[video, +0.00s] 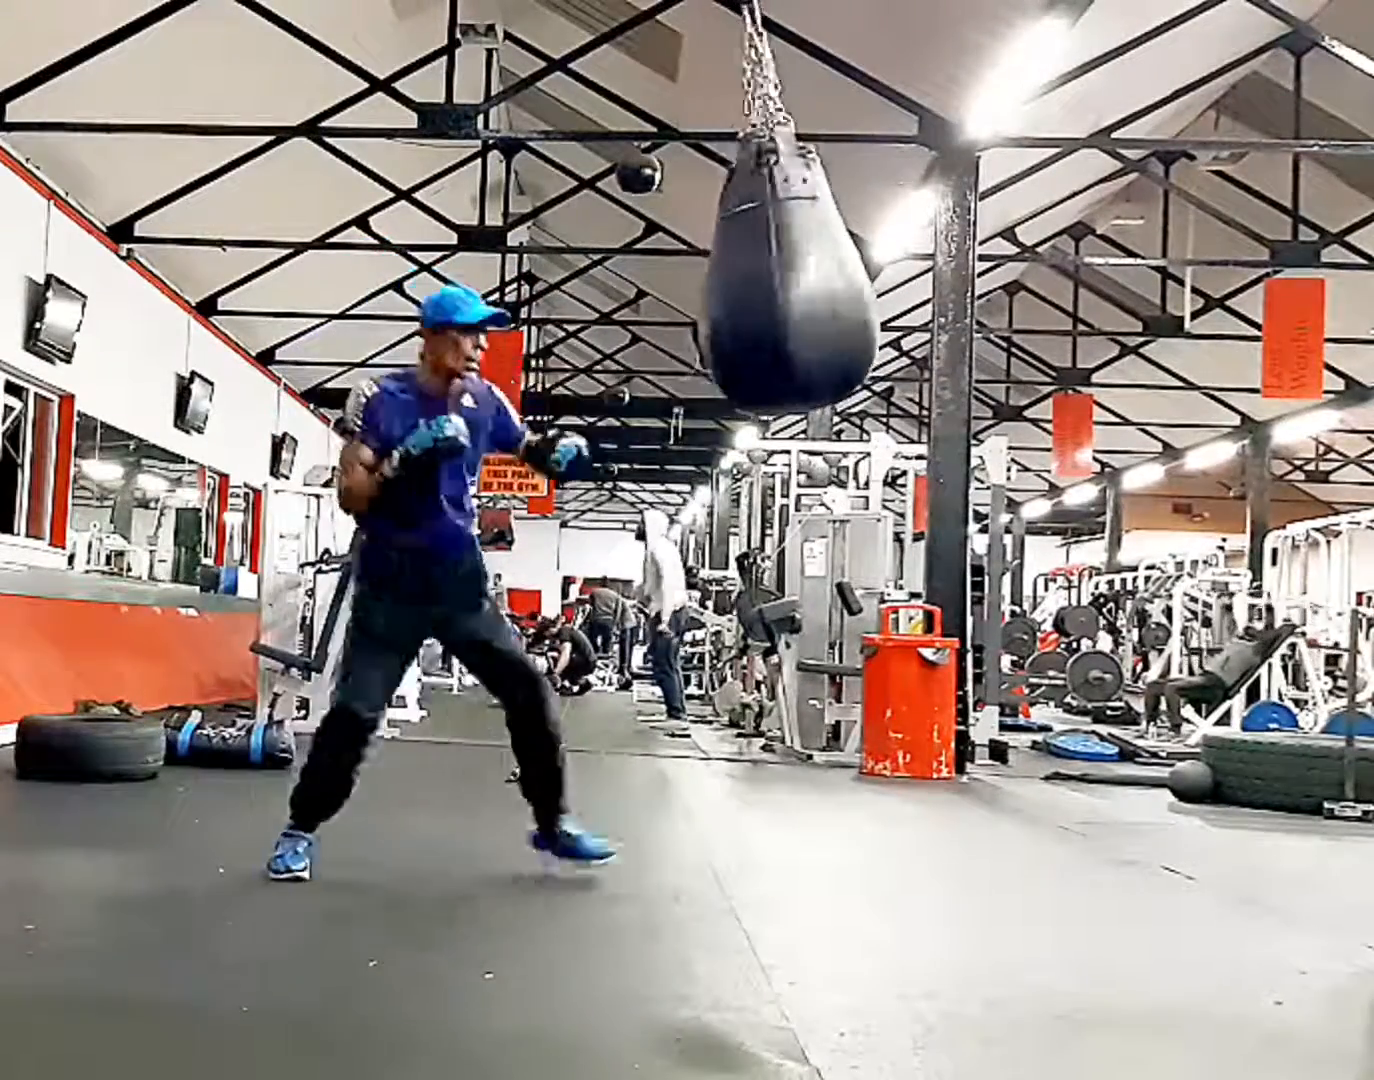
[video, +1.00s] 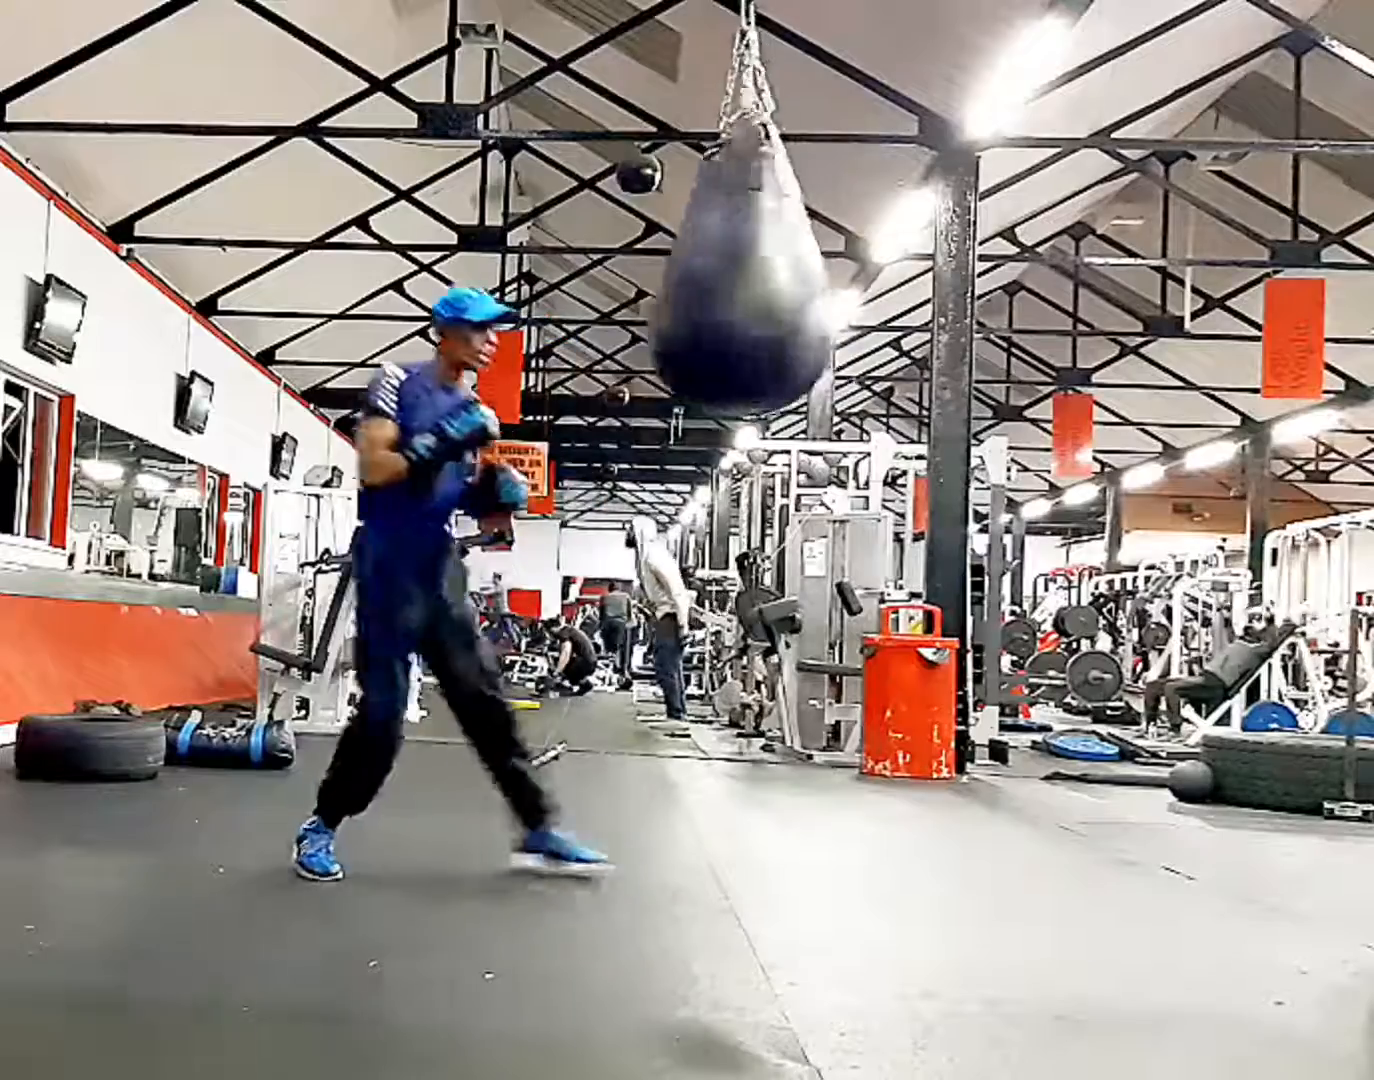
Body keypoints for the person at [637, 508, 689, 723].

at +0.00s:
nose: (637, 528)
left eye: (641, 524)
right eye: (639, 524)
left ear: (650, 527)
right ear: (655, 526)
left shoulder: (661, 548)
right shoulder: (653, 548)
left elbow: (668, 583)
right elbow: (650, 582)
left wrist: (665, 618)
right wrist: (637, 595)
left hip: (669, 610)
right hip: (661, 608)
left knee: (663, 662)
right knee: (668, 661)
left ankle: (676, 711)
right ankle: (676, 709)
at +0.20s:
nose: (637, 528)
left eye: (641, 524)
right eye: (639, 524)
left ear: (650, 527)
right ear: (655, 526)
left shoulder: (663, 549)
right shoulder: (653, 550)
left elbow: (678, 582)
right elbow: (652, 583)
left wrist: (681, 616)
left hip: (666, 612)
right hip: (658, 611)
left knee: (664, 664)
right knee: (668, 664)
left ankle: (676, 712)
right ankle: (676, 710)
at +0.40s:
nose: (638, 529)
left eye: (642, 524)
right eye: (640, 524)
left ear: (652, 527)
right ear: (655, 527)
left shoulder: (664, 550)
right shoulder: (654, 550)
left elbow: (682, 584)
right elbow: (651, 581)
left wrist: (687, 617)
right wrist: (637, 593)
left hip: (667, 613)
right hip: (661, 612)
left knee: (664, 666)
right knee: (667, 665)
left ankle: (676, 711)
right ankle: (676, 709)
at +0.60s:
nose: (637, 531)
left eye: (641, 526)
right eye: (638, 526)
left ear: (650, 529)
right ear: (654, 529)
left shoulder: (664, 551)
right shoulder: (653, 551)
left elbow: (683, 584)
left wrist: (690, 617)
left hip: (671, 613)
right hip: (662, 613)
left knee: (666, 664)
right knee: (668, 664)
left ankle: (676, 711)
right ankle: (675, 709)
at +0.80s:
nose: (631, 534)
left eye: (635, 529)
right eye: (633, 529)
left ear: (645, 530)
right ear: (649, 531)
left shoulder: (659, 551)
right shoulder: (650, 553)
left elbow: (679, 580)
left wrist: (690, 613)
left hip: (672, 613)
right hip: (664, 613)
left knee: (666, 663)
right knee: (668, 663)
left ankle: (676, 711)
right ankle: (676, 710)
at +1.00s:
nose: (626, 535)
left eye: (630, 530)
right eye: (627, 530)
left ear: (640, 533)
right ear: (643, 533)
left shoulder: (655, 557)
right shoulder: (644, 557)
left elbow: (676, 590)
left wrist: (683, 624)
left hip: (669, 616)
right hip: (659, 617)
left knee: (667, 667)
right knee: (669, 667)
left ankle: (676, 712)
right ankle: (676, 711)